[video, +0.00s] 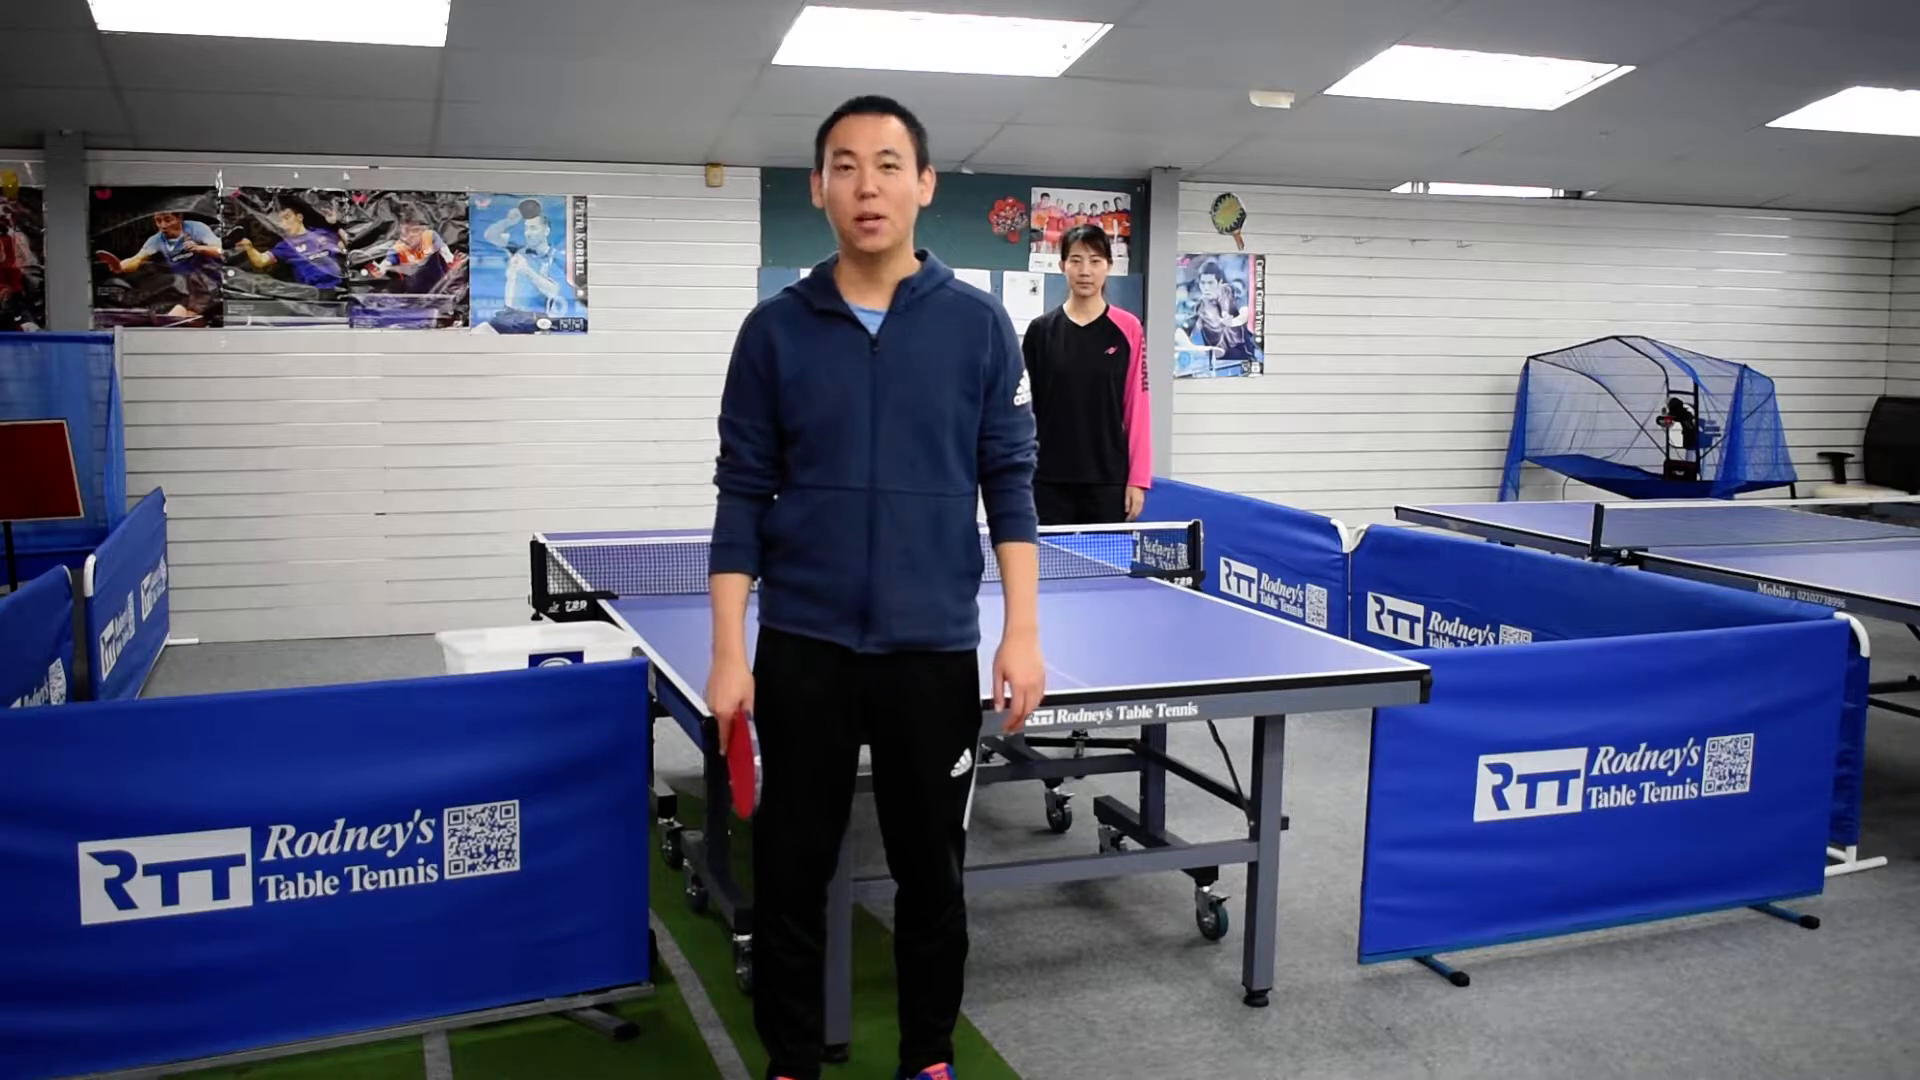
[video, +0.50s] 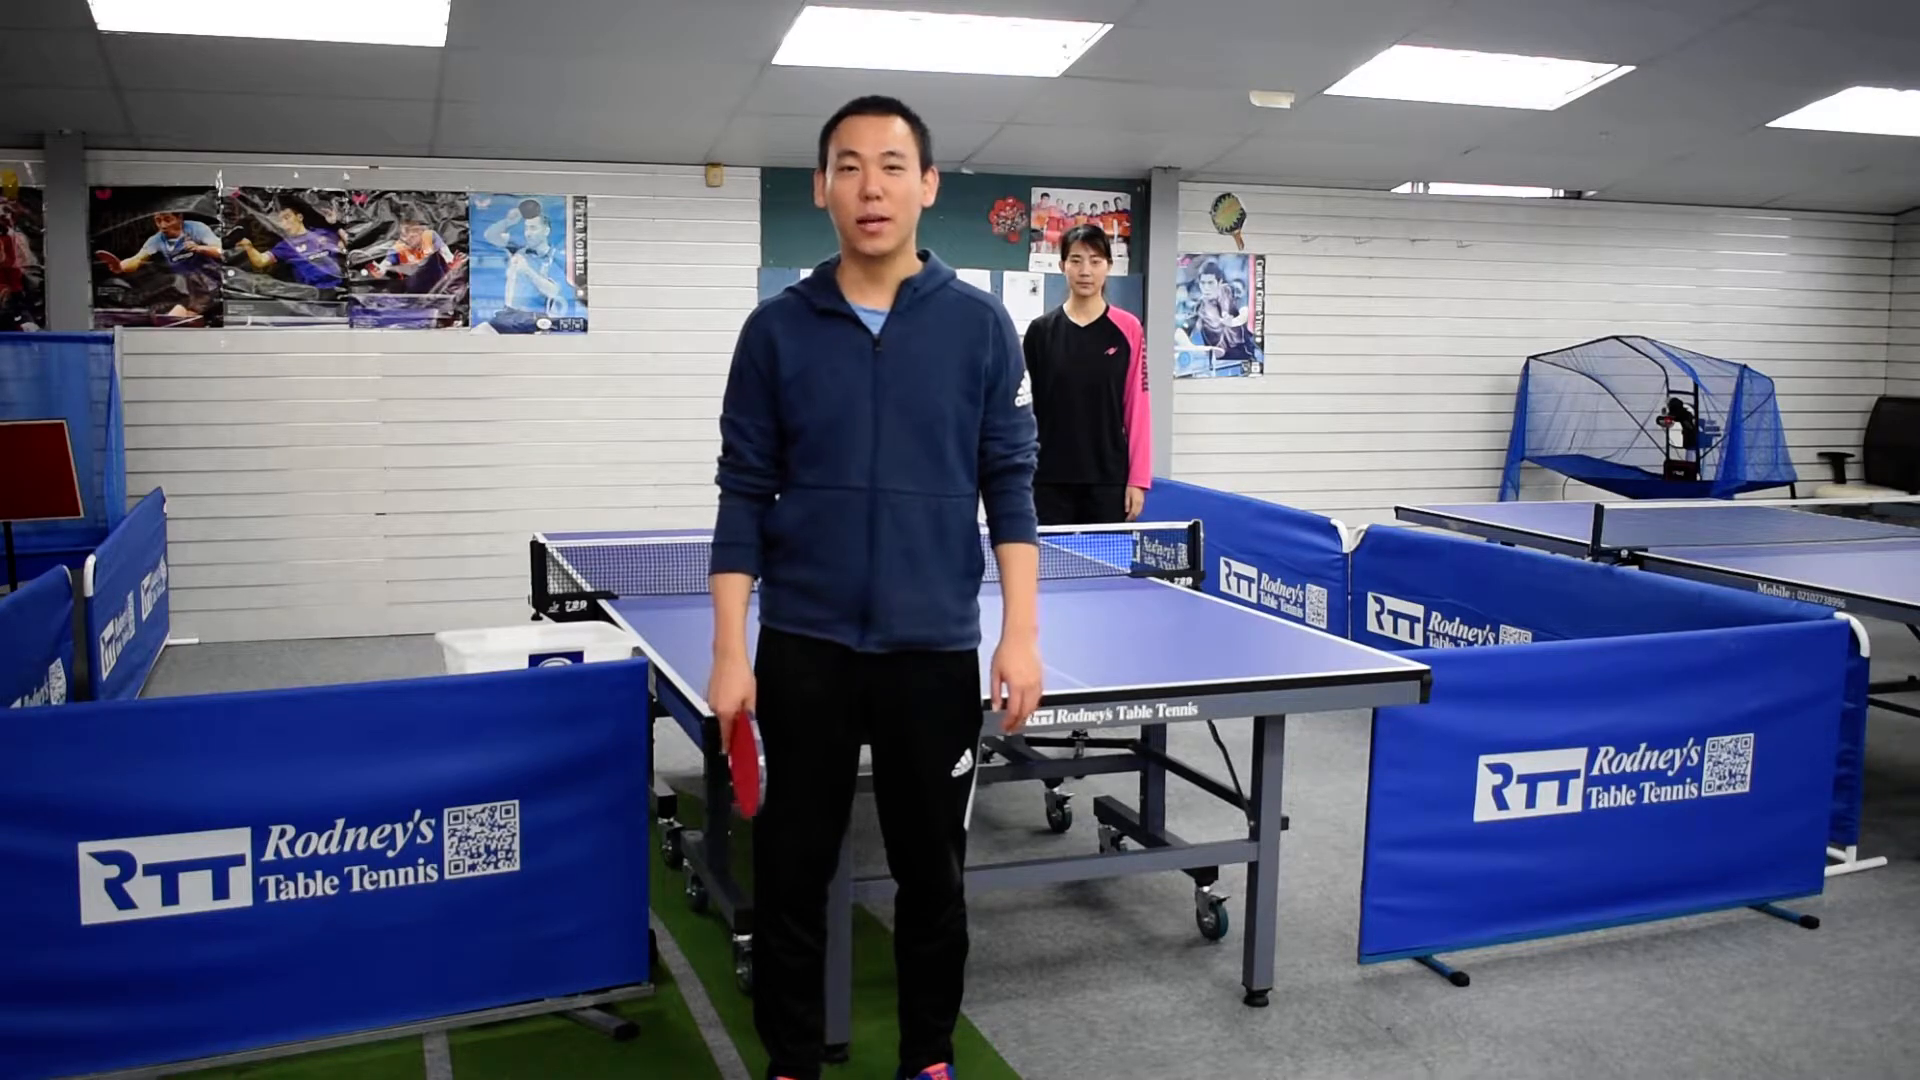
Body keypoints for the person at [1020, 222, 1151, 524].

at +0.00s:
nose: (1085, 271)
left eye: (1095, 262)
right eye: (1076, 261)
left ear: (1108, 267)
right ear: (1063, 266)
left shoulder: (1128, 329)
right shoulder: (1039, 331)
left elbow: (1137, 407)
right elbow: (1023, 405)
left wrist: (1138, 478)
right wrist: (1020, 477)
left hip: (1107, 482)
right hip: (1050, 480)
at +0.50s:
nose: (1085, 271)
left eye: (1095, 262)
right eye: (1076, 261)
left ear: (1108, 268)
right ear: (1063, 266)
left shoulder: (1128, 329)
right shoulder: (1040, 331)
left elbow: (1137, 407)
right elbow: (1023, 405)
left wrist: (1138, 479)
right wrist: (1021, 478)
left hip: (1108, 482)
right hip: (1050, 481)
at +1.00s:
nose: (1085, 271)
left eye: (1095, 262)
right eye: (1076, 261)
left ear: (1108, 268)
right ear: (1063, 266)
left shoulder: (1128, 329)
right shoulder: (1040, 331)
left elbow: (1137, 407)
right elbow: (1023, 404)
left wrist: (1138, 479)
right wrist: (1021, 477)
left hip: (1107, 482)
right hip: (1050, 481)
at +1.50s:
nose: (1085, 271)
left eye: (1095, 262)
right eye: (1075, 261)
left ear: (1108, 268)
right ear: (1063, 266)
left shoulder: (1128, 329)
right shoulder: (1040, 331)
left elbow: (1137, 406)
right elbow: (1023, 404)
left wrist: (1138, 479)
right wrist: (1020, 476)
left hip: (1107, 482)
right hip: (1050, 480)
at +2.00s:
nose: (1085, 271)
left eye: (1095, 262)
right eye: (1075, 261)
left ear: (1108, 267)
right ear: (1063, 266)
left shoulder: (1128, 329)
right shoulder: (1040, 331)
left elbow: (1136, 407)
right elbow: (1023, 405)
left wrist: (1138, 479)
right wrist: (1021, 476)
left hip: (1107, 482)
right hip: (1049, 480)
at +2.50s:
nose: (1085, 271)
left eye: (1095, 262)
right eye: (1076, 261)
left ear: (1108, 268)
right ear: (1063, 267)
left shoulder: (1128, 330)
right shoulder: (1040, 331)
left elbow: (1136, 407)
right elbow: (1023, 404)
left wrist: (1138, 478)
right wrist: (1020, 476)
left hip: (1107, 482)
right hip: (1049, 480)